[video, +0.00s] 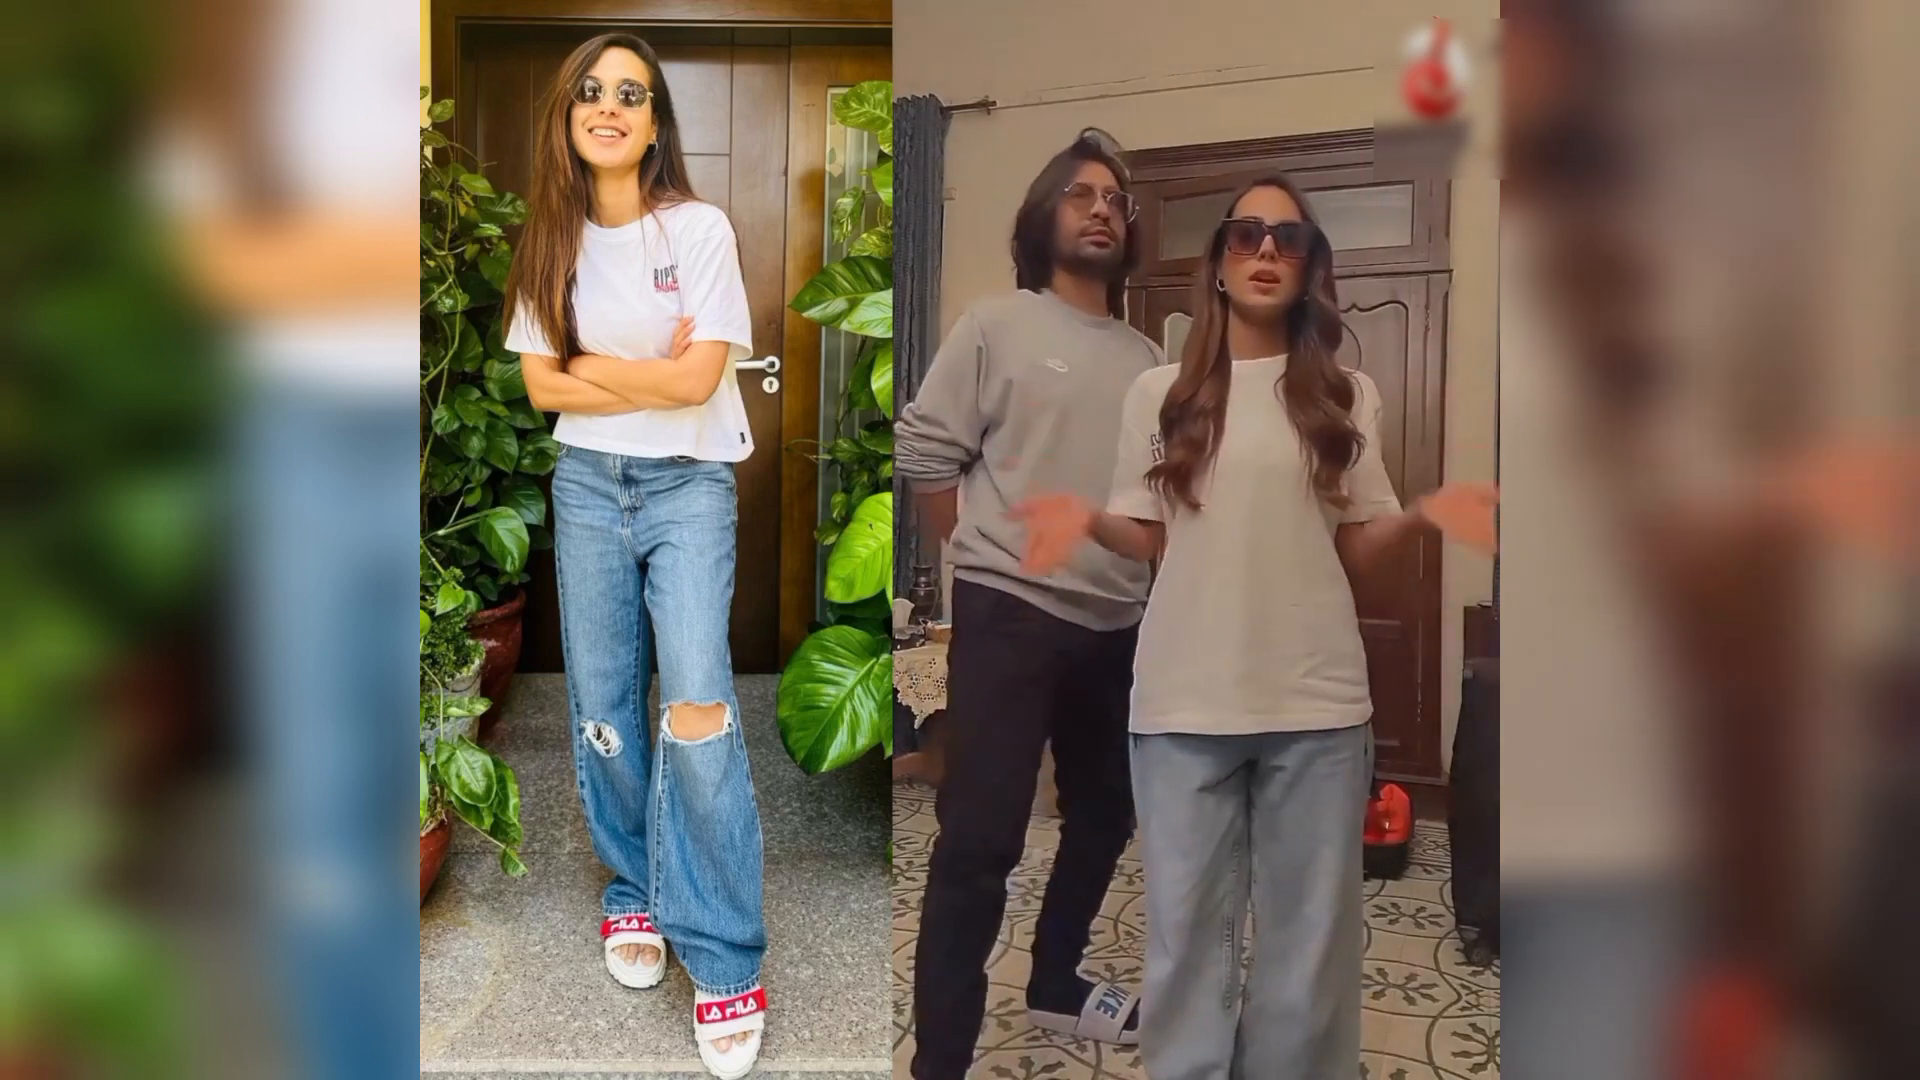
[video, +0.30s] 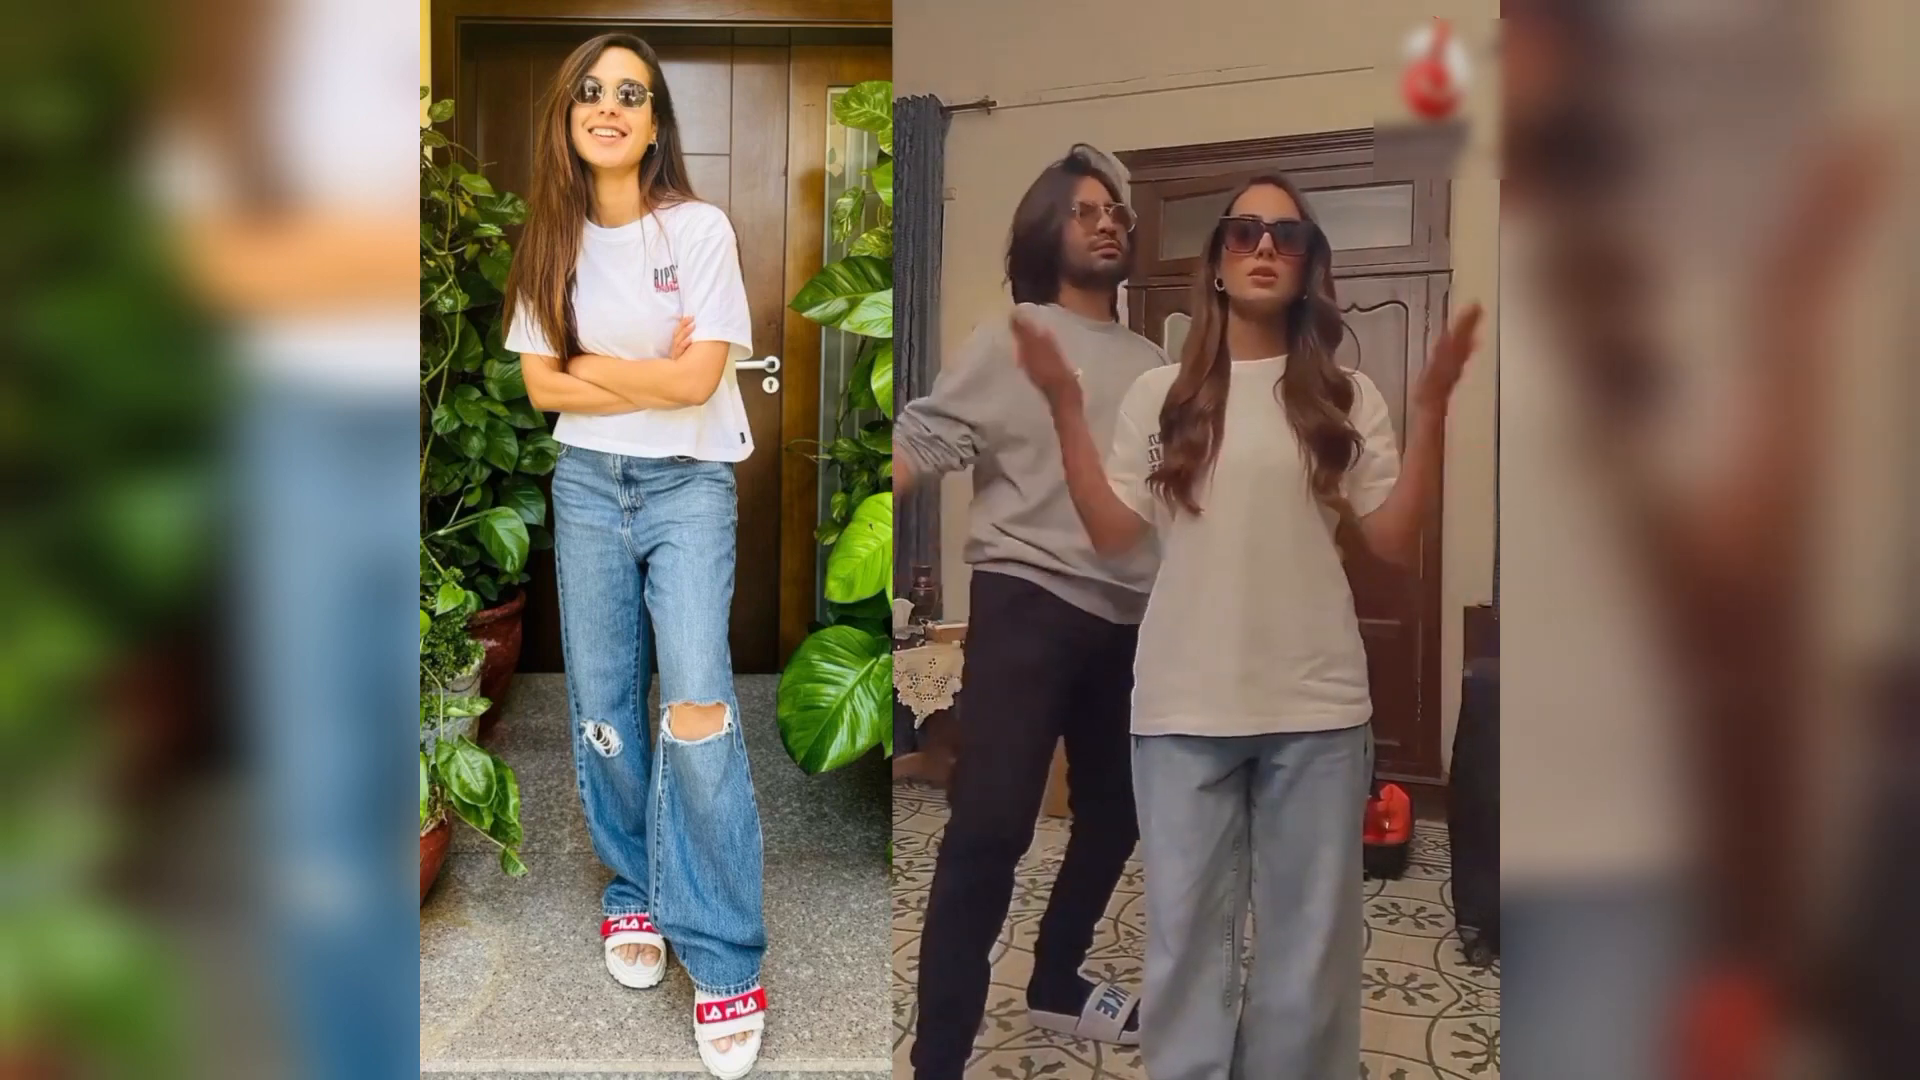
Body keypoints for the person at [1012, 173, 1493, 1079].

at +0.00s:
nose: (1266, 249)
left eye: (1287, 237)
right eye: (1248, 235)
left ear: (1313, 265)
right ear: (1219, 262)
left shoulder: (1346, 393)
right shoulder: (1162, 392)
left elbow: (1360, 552)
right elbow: (1154, 542)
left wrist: (1420, 517)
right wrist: (1093, 518)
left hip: (1317, 705)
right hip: (1182, 705)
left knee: (1310, 946)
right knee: (1182, 938)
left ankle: (1294, 1071)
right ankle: (1186, 1067)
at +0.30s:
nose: (1264, 245)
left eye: (1285, 234)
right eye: (1246, 232)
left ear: (1311, 265)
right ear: (1216, 263)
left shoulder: (1344, 392)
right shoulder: (1163, 390)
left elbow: (1394, 540)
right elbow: (1115, 532)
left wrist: (1431, 407)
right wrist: (1066, 402)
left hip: (1317, 706)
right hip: (1181, 704)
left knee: (1309, 953)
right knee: (1182, 945)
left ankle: (1294, 1072)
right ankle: (1184, 1067)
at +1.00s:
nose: (1266, 248)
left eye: (1286, 236)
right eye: (1247, 234)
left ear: (1311, 263)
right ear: (1217, 258)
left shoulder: (1347, 392)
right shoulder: (1159, 391)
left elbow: (1384, 537)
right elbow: (1105, 531)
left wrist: (1471, 451)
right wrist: (1026, 446)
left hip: (1320, 707)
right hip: (1184, 708)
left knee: (1315, 944)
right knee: (1185, 938)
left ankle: (1294, 1075)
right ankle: (1186, 1069)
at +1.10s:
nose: (1265, 249)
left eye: (1286, 238)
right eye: (1246, 236)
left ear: (1312, 265)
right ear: (1218, 263)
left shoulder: (1350, 398)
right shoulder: (1159, 398)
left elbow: (1370, 539)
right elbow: (1124, 532)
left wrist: (1430, 579)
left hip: (1321, 713)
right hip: (1182, 713)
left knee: (1312, 948)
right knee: (1185, 940)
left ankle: (1297, 1070)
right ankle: (1186, 1066)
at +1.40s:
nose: (1261, 252)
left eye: (1283, 239)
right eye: (1242, 237)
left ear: (1308, 266)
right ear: (1215, 262)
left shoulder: (1348, 394)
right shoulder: (1156, 395)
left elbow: (1422, 518)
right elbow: (1128, 535)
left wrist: (1331, 494)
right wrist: (1198, 523)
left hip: (1318, 715)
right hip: (1182, 716)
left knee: (1313, 954)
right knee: (1184, 946)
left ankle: (1292, 1073)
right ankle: (1185, 1070)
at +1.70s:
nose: (1260, 248)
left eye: (1283, 238)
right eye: (1240, 235)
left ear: (1307, 269)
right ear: (1212, 265)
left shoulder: (1347, 395)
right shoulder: (1155, 397)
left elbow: (1410, 549)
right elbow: (1118, 552)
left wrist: (1372, 466)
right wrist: (1154, 469)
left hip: (1321, 714)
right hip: (1182, 717)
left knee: (1312, 959)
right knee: (1184, 949)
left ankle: (1293, 1073)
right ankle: (1185, 1069)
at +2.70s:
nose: (1262, 250)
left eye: (1282, 237)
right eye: (1243, 235)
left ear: (1309, 262)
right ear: (1213, 258)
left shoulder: (1346, 393)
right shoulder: (1156, 392)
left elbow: (1385, 540)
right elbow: (1113, 536)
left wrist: (1470, 491)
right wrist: (1029, 481)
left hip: (1318, 707)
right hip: (1182, 708)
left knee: (1312, 946)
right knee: (1183, 941)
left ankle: (1293, 1074)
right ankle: (1186, 1069)